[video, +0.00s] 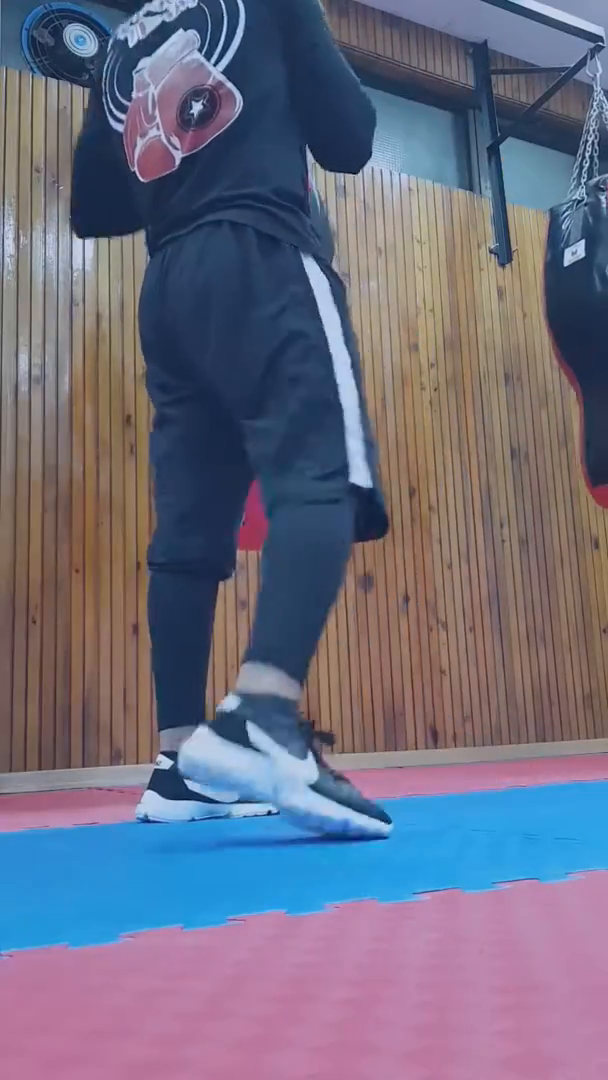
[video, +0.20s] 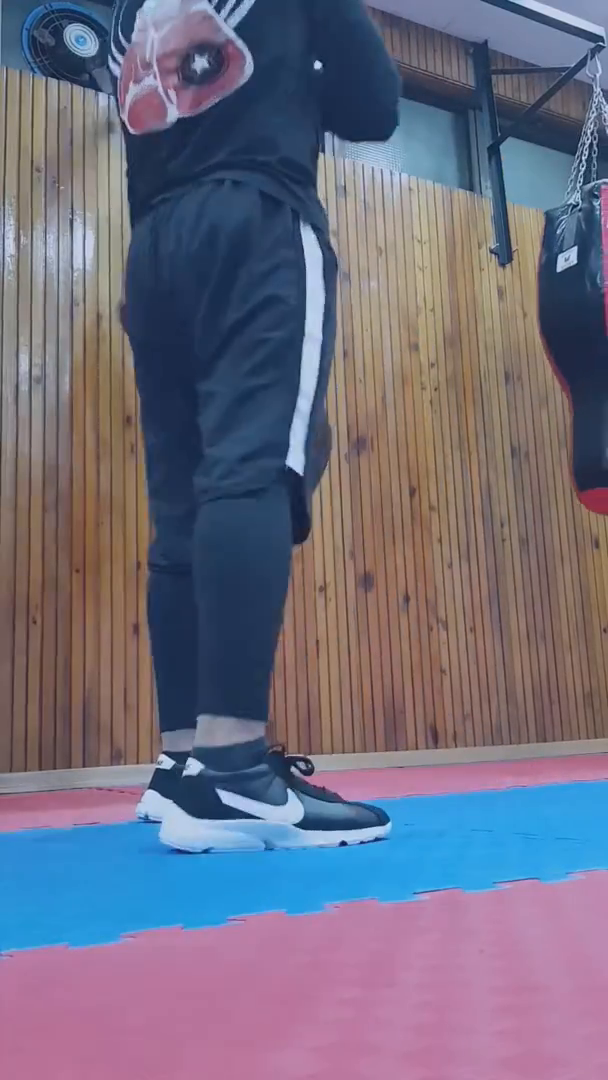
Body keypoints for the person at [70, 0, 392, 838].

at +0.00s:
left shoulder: (121, 53)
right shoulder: (273, 4)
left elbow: (93, 208)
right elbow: (347, 140)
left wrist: (197, 160)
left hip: (166, 278)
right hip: (260, 254)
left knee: (186, 527)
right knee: (316, 491)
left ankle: (181, 761)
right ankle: (267, 713)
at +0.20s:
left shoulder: (147, 17)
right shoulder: (304, 1)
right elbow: (371, 110)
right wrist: (269, 81)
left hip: (154, 237)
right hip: (256, 217)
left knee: (178, 504)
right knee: (250, 478)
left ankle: (184, 766)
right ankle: (235, 763)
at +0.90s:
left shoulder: (122, 10)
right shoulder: (327, 4)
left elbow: (132, 125)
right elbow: (371, 88)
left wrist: (183, 183)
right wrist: (333, 148)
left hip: (173, 172)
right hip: (299, 135)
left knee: (167, 472)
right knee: (418, 421)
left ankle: (128, 764)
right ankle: (430, 670)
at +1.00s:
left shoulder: (148, 7)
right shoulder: (360, 2)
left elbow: (134, 131)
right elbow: (407, 117)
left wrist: (196, 196)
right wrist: (359, 185)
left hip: (213, 177)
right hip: (350, 156)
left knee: (187, 499)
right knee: (432, 433)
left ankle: (129, 765)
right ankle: (499, 703)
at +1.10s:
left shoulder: (172, 14)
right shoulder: (383, 10)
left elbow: (142, 193)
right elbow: (429, 170)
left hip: (224, 202)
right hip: (368, 185)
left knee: (193, 504)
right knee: (455, 449)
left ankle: (129, 764)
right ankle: (529, 752)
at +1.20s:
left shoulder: (174, 14)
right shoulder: (378, 2)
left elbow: (134, 158)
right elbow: (430, 150)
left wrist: (234, 145)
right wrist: (319, 114)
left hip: (182, 209)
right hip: (315, 183)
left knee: (208, 502)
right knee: (454, 449)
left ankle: (130, 743)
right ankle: (490, 663)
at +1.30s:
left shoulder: (178, 18)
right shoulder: (380, 9)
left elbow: (135, 189)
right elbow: (436, 181)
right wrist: (335, 184)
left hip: (167, 237)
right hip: (290, 223)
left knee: (221, 487)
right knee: (430, 476)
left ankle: (138, 676)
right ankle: (397, 714)